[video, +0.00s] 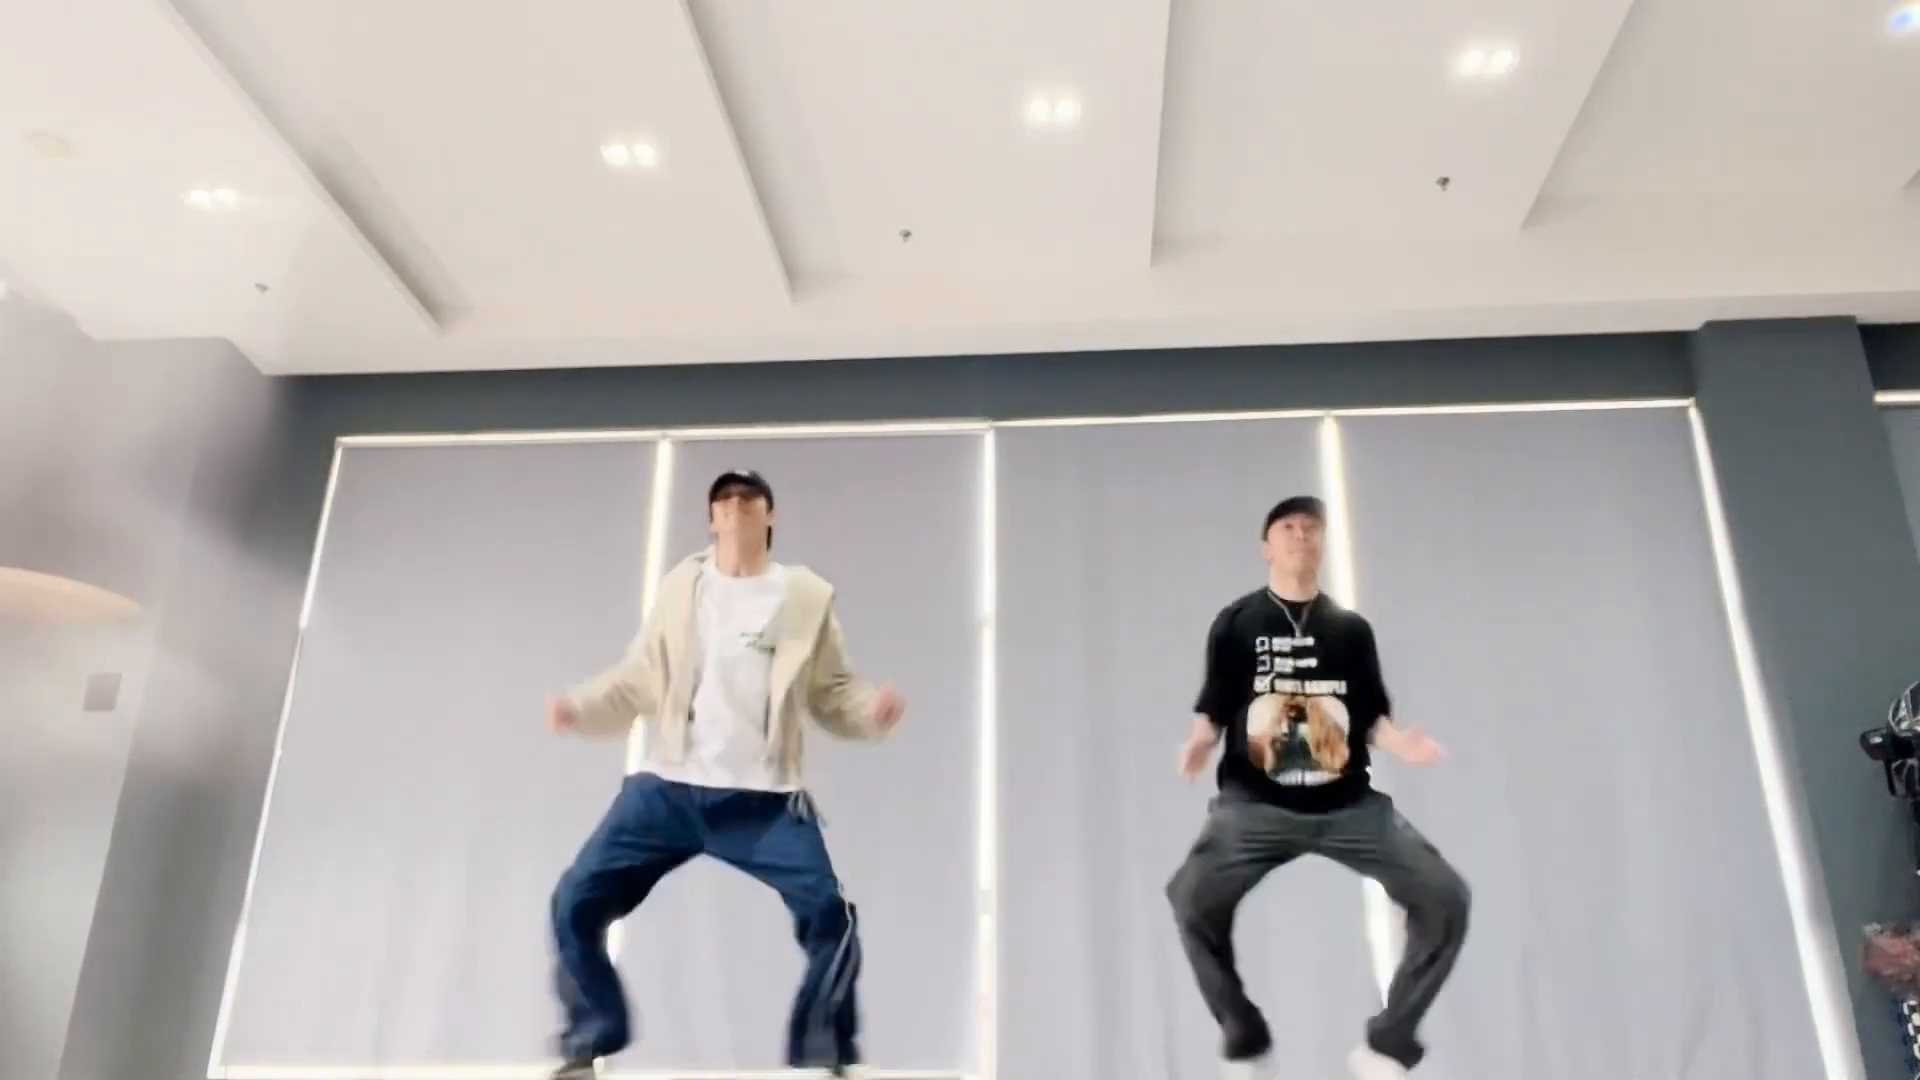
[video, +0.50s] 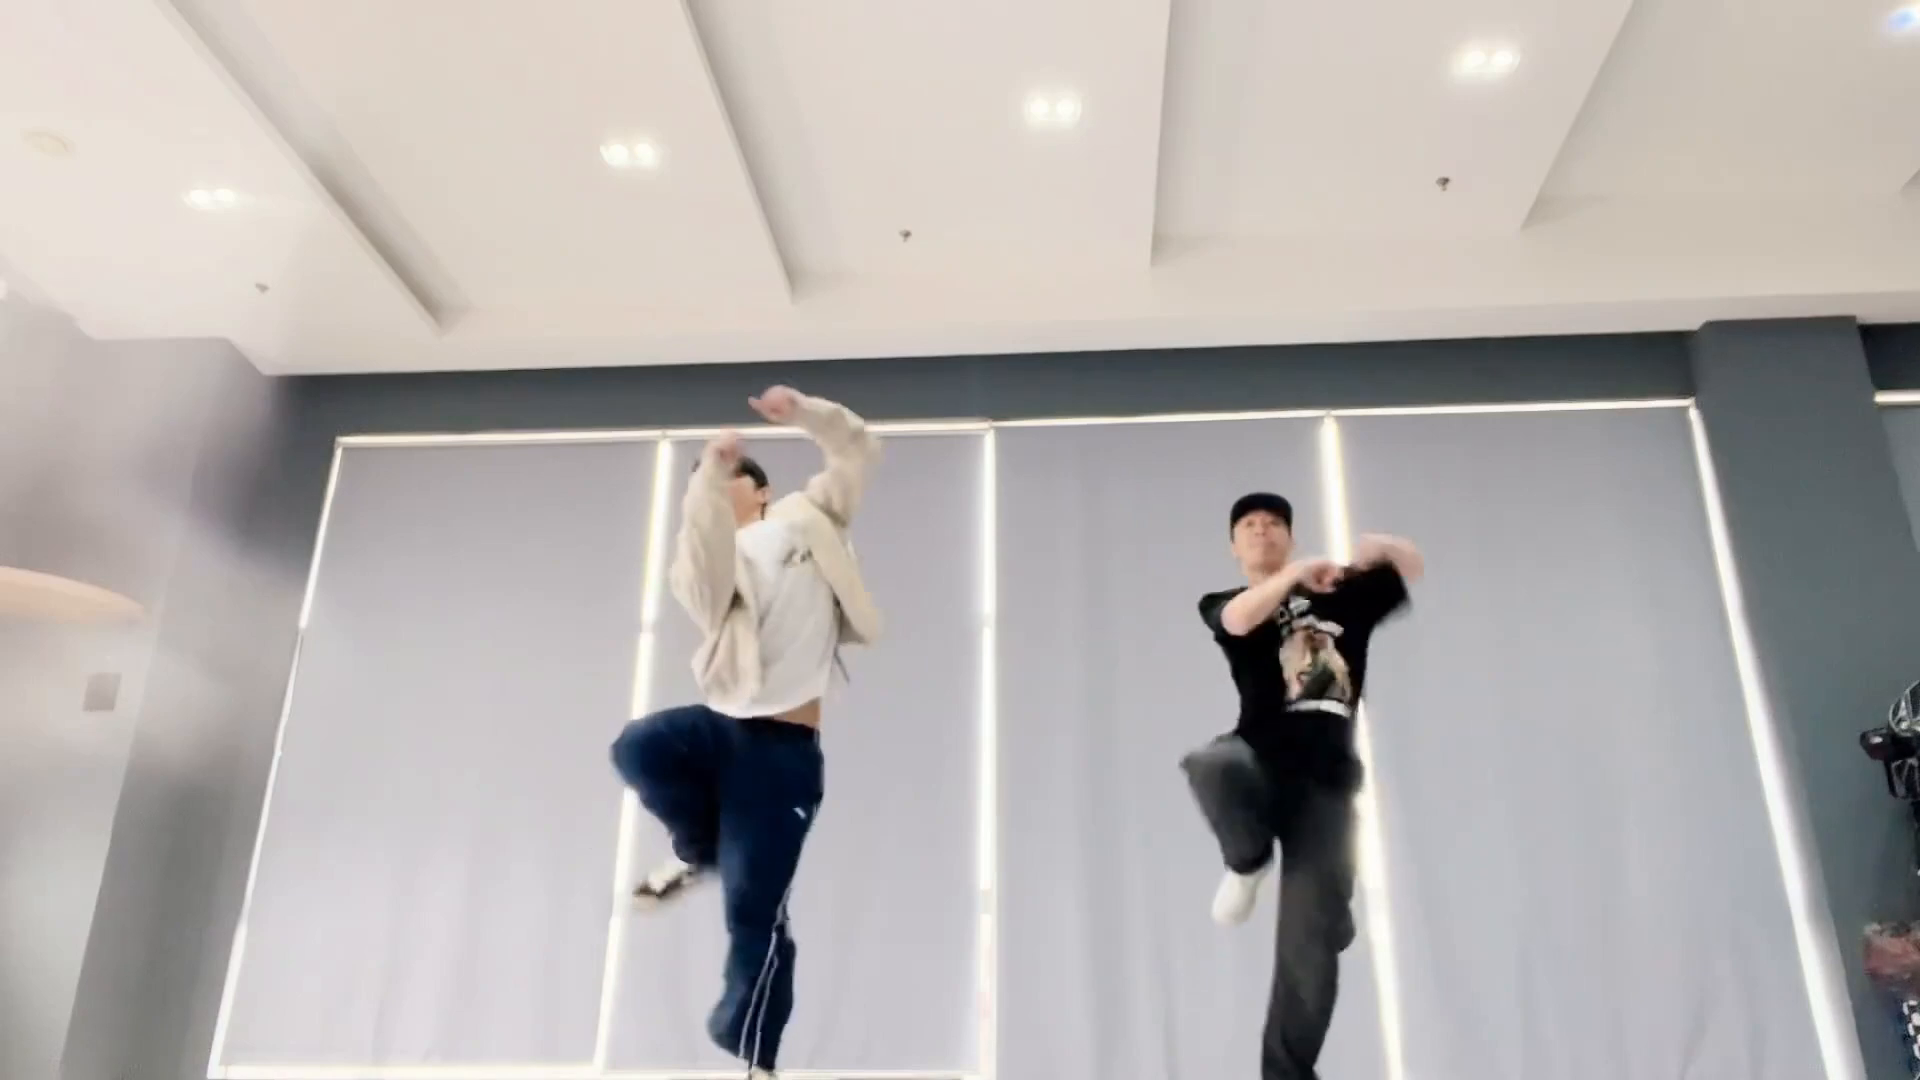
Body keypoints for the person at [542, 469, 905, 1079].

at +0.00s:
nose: (734, 506)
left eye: (749, 498)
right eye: (724, 499)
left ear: (771, 517)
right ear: (711, 520)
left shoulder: (807, 595)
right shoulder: (681, 584)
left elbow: (831, 693)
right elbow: (644, 679)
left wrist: (869, 713)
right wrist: (581, 707)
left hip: (762, 803)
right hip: (663, 795)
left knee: (828, 913)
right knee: (574, 903)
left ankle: (825, 1060)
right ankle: (590, 1046)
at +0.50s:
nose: (736, 483)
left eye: (745, 474)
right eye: (723, 481)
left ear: (765, 488)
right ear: (709, 505)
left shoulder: (811, 518)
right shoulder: (710, 561)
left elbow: (858, 451)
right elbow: (701, 542)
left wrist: (804, 411)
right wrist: (709, 474)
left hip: (785, 749)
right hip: (718, 727)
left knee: (754, 915)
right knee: (637, 749)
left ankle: (753, 1057)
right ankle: (704, 853)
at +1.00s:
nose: (742, 456)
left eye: (755, 446)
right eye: (734, 446)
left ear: (778, 460)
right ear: (723, 459)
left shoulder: (805, 507)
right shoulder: (703, 517)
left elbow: (800, 587)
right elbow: (672, 575)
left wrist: (755, 509)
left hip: (787, 712)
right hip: (711, 710)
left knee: (777, 857)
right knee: (701, 874)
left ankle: (784, 956)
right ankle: (709, 1033)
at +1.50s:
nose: (745, 458)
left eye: (757, 449)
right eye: (732, 451)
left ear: (776, 467)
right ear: (716, 470)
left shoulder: (798, 530)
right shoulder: (684, 517)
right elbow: (658, 594)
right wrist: (706, 679)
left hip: (736, 726)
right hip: (665, 723)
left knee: (693, 891)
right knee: (659, 892)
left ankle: (681, 1062)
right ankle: (710, 1059)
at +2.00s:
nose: (692, 488)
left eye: (703, 475)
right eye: (681, 484)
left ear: (731, 479)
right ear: (670, 497)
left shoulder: (769, 518)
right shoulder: (671, 551)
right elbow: (660, 637)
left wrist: (627, 523)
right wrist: (678, 703)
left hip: (752, 737)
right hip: (710, 741)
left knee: (634, 870)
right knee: (620, 882)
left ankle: (663, 1058)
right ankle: (715, 1048)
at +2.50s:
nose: (698, 508)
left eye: (705, 491)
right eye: (686, 502)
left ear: (735, 486)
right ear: (683, 514)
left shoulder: (787, 545)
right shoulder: (712, 574)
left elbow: (836, 519)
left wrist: (731, 521)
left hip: (764, 752)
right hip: (723, 756)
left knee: (640, 912)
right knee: (623, 919)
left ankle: (746, 1064)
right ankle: (692, 1072)